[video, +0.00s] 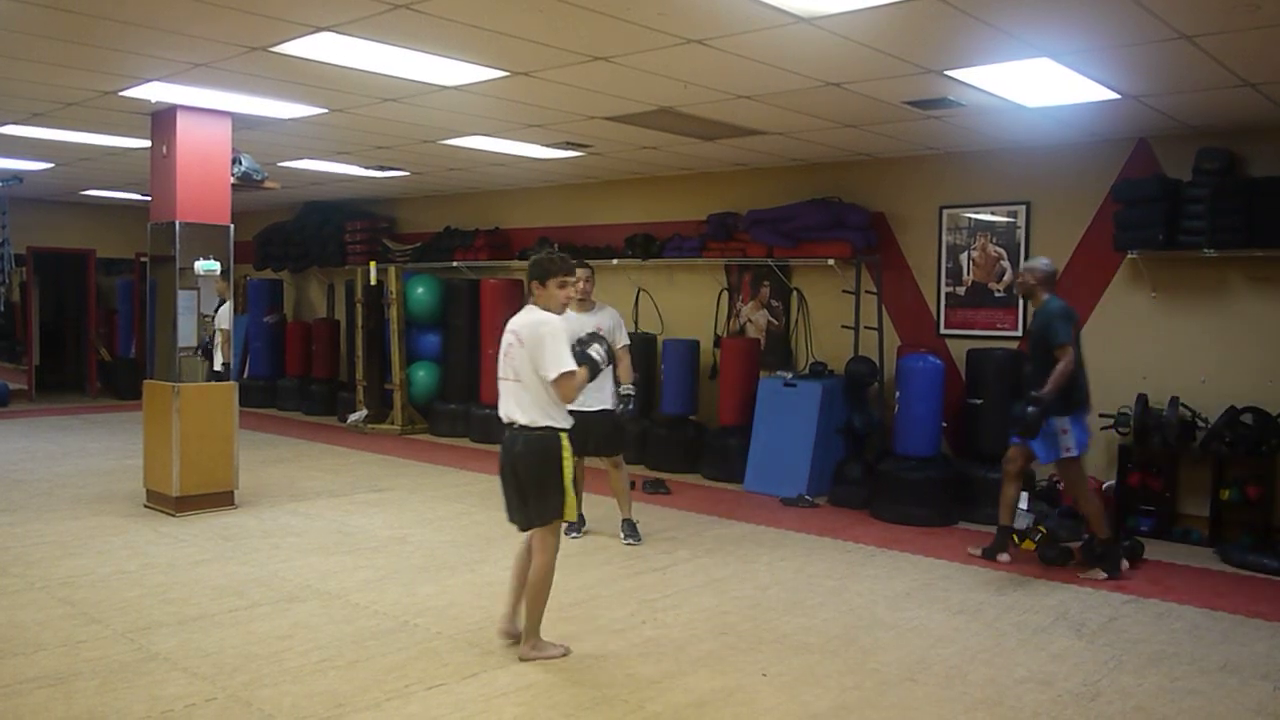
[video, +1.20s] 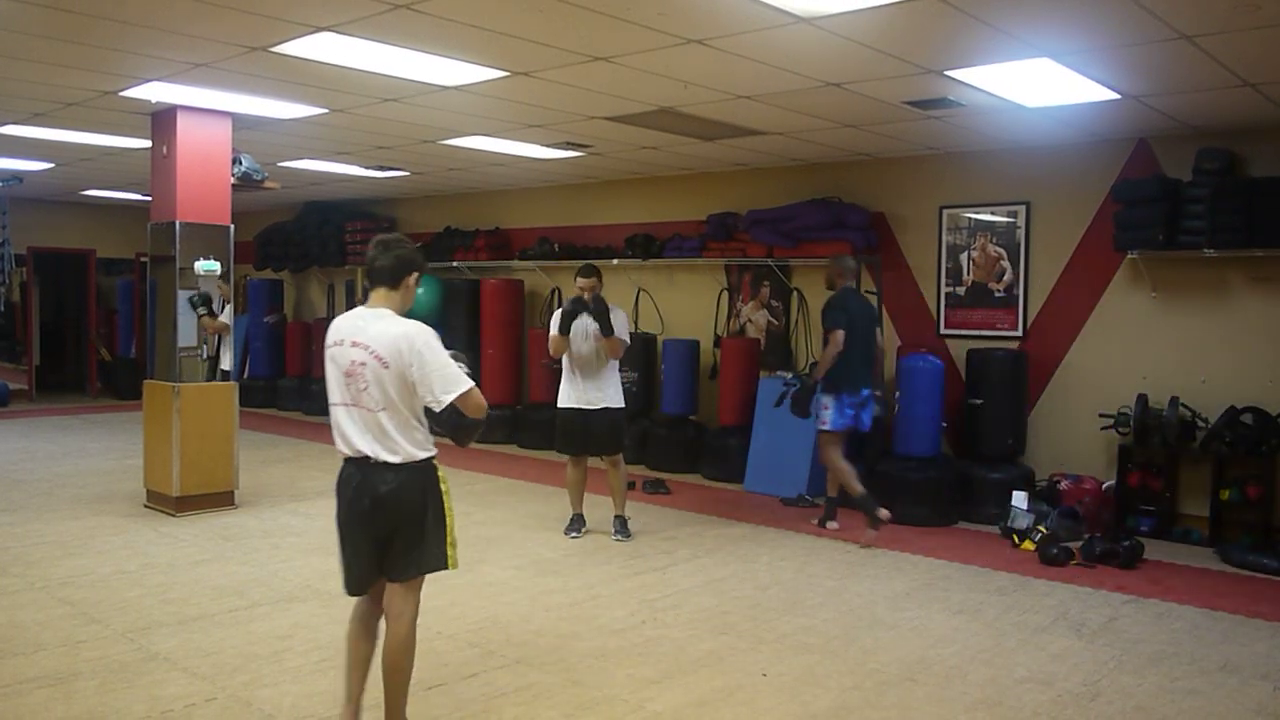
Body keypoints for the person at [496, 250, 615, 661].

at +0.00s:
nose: (572, 292)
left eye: (573, 285)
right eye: (564, 285)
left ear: (536, 290)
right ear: (537, 288)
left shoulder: (518, 322)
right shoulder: (546, 326)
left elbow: (539, 381)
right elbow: (566, 390)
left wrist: (580, 361)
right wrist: (593, 362)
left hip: (516, 439)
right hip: (545, 443)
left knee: (535, 536)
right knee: (546, 542)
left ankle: (510, 622)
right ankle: (531, 640)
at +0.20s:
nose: (538, 294)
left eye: (540, 286)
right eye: (529, 287)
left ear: (509, 290)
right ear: (502, 288)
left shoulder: (490, 325)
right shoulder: (511, 327)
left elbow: (510, 387)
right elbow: (527, 391)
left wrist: (540, 363)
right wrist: (559, 371)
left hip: (488, 446)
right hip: (519, 448)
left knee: (497, 547)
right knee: (535, 545)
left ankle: (434, 636)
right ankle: (532, 641)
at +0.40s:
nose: (509, 303)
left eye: (510, 295)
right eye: (502, 294)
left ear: (471, 295)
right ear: (476, 292)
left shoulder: (447, 329)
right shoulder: (478, 329)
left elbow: (461, 391)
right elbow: (503, 389)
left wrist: (516, 377)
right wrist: (531, 369)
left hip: (447, 458)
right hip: (484, 460)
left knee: (442, 560)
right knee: (509, 554)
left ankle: (417, 667)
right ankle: (523, 646)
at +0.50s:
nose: (494, 300)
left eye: (494, 292)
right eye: (490, 292)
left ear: (456, 289)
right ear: (469, 289)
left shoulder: (429, 327)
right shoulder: (466, 325)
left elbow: (446, 398)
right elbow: (505, 382)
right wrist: (523, 363)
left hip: (431, 458)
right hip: (469, 460)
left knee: (425, 563)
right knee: (505, 554)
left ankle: (416, 669)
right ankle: (493, 658)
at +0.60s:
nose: (478, 291)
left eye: (477, 283)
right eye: (477, 283)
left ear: (435, 282)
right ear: (465, 284)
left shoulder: (413, 324)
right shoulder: (459, 321)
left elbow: (414, 394)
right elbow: (501, 380)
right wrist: (505, 361)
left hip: (418, 457)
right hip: (457, 459)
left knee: (421, 563)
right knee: (492, 561)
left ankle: (415, 670)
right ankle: (456, 672)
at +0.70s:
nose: (465, 287)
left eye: (462, 280)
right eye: (465, 281)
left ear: (422, 282)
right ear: (456, 282)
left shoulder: (399, 326)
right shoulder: (453, 325)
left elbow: (418, 387)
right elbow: (494, 391)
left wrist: (471, 371)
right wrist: (500, 396)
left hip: (406, 461)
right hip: (449, 465)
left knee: (414, 567)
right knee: (468, 578)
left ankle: (417, 670)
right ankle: (417, 689)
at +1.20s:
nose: (417, 291)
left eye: (417, 283)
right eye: (418, 282)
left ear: (370, 279)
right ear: (408, 281)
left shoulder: (338, 328)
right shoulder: (414, 336)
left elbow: (363, 392)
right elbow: (475, 406)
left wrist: (423, 378)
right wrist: (450, 372)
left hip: (354, 480)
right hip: (408, 482)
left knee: (368, 598)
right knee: (402, 609)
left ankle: (349, 712)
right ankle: (395, 715)